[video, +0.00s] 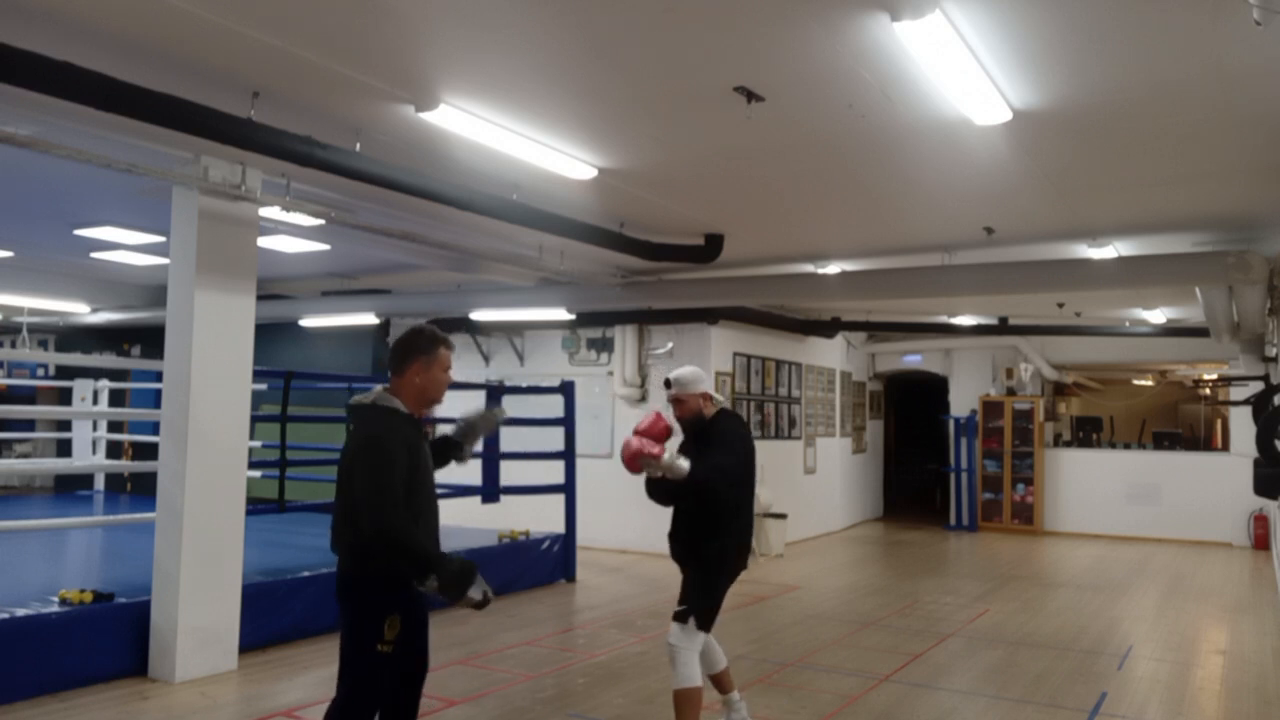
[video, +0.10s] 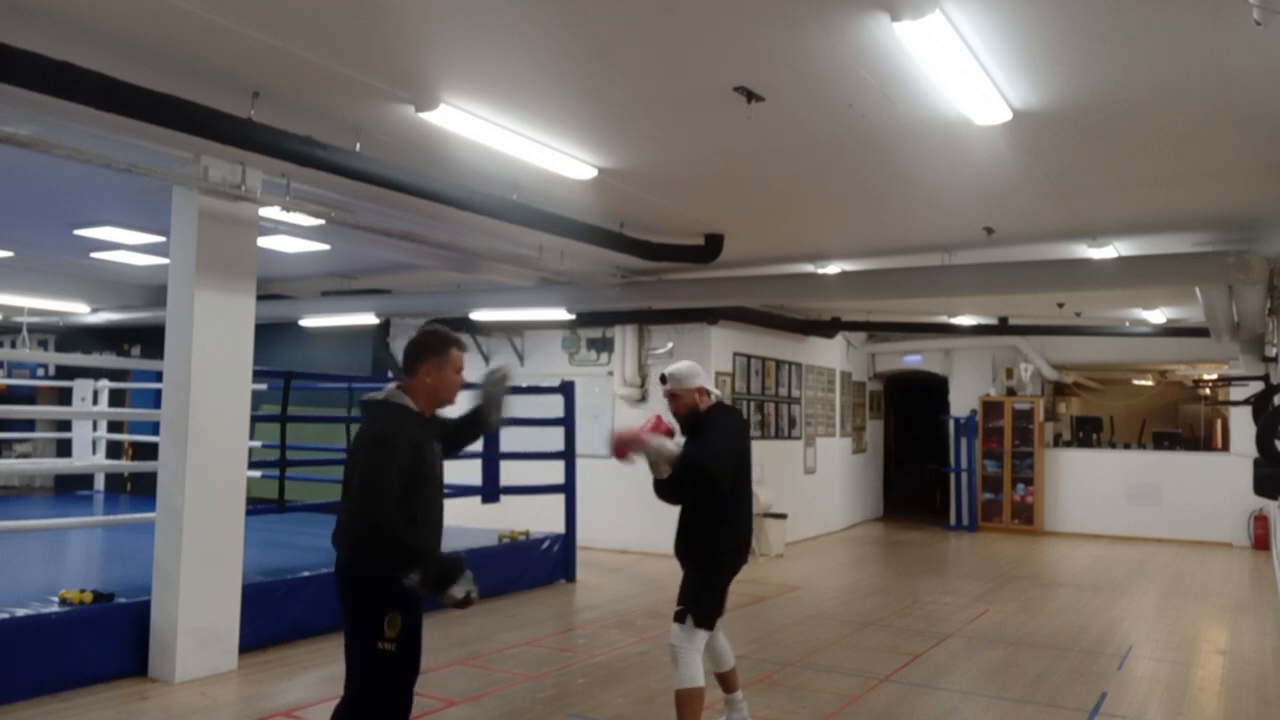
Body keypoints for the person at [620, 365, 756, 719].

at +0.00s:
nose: (674, 411)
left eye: (680, 402)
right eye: (672, 403)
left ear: (704, 399)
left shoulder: (729, 430)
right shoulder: (693, 436)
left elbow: (722, 484)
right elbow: (665, 493)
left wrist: (674, 466)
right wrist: (653, 468)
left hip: (721, 552)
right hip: (696, 550)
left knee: (682, 642)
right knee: (697, 636)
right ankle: (735, 708)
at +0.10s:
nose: (670, 406)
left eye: (674, 397)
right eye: (668, 398)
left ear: (699, 395)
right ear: (699, 396)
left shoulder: (715, 426)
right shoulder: (721, 422)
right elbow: (674, 489)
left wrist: (654, 449)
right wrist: (659, 450)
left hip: (713, 552)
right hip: (715, 548)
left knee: (684, 645)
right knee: (708, 632)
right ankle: (737, 709)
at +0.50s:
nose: (688, 411)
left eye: (691, 402)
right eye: (686, 403)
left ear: (714, 398)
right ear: (716, 399)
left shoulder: (736, 431)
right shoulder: (743, 425)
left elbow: (724, 494)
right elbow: (720, 490)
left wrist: (675, 483)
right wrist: (686, 463)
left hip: (733, 558)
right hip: (754, 555)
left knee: (699, 644)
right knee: (760, 637)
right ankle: (800, 712)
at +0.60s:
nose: (697, 408)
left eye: (700, 399)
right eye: (694, 400)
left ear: (723, 395)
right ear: (722, 395)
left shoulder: (747, 426)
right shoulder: (739, 424)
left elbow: (745, 487)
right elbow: (719, 491)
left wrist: (694, 470)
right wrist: (693, 459)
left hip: (745, 555)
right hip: (752, 551)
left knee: (716, 644)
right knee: (763, 636)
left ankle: (703, 717)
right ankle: (799, 711)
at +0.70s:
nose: (702, 408)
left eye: (706, 399)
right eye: (700, 400)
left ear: (730, 395)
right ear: (724, 396)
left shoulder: (758, 423)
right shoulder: (733, 429)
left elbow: (760, 479)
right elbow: (713, 496)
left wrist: (708, 457)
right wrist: (695, 468)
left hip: (753, 553)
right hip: (748, 551)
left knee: (715, 642)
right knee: (759, 636)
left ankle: (719, 717)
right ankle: (798, 711)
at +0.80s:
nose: (705, 412)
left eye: (710, 405)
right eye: (703, 405)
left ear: (734, 401)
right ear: (721, 403)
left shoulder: (763, 431)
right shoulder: (726, 436)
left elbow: (767, 490)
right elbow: (707, 503)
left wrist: (714, 456)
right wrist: (691, 465)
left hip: (759, 559)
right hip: (740, 556)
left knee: (711, 649)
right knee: (757, 641)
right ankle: (799, 712)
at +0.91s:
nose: (705, 414)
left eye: (710, 406)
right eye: (704, 406)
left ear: (735, 404)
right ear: (736, 404)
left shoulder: (751, 440)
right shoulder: (764, 430)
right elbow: (744, 471)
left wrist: (688, 459)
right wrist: (705, 443)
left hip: (747, 568)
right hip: (759, 562)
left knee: (710, 659)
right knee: (759, 646)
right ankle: (798, 712)